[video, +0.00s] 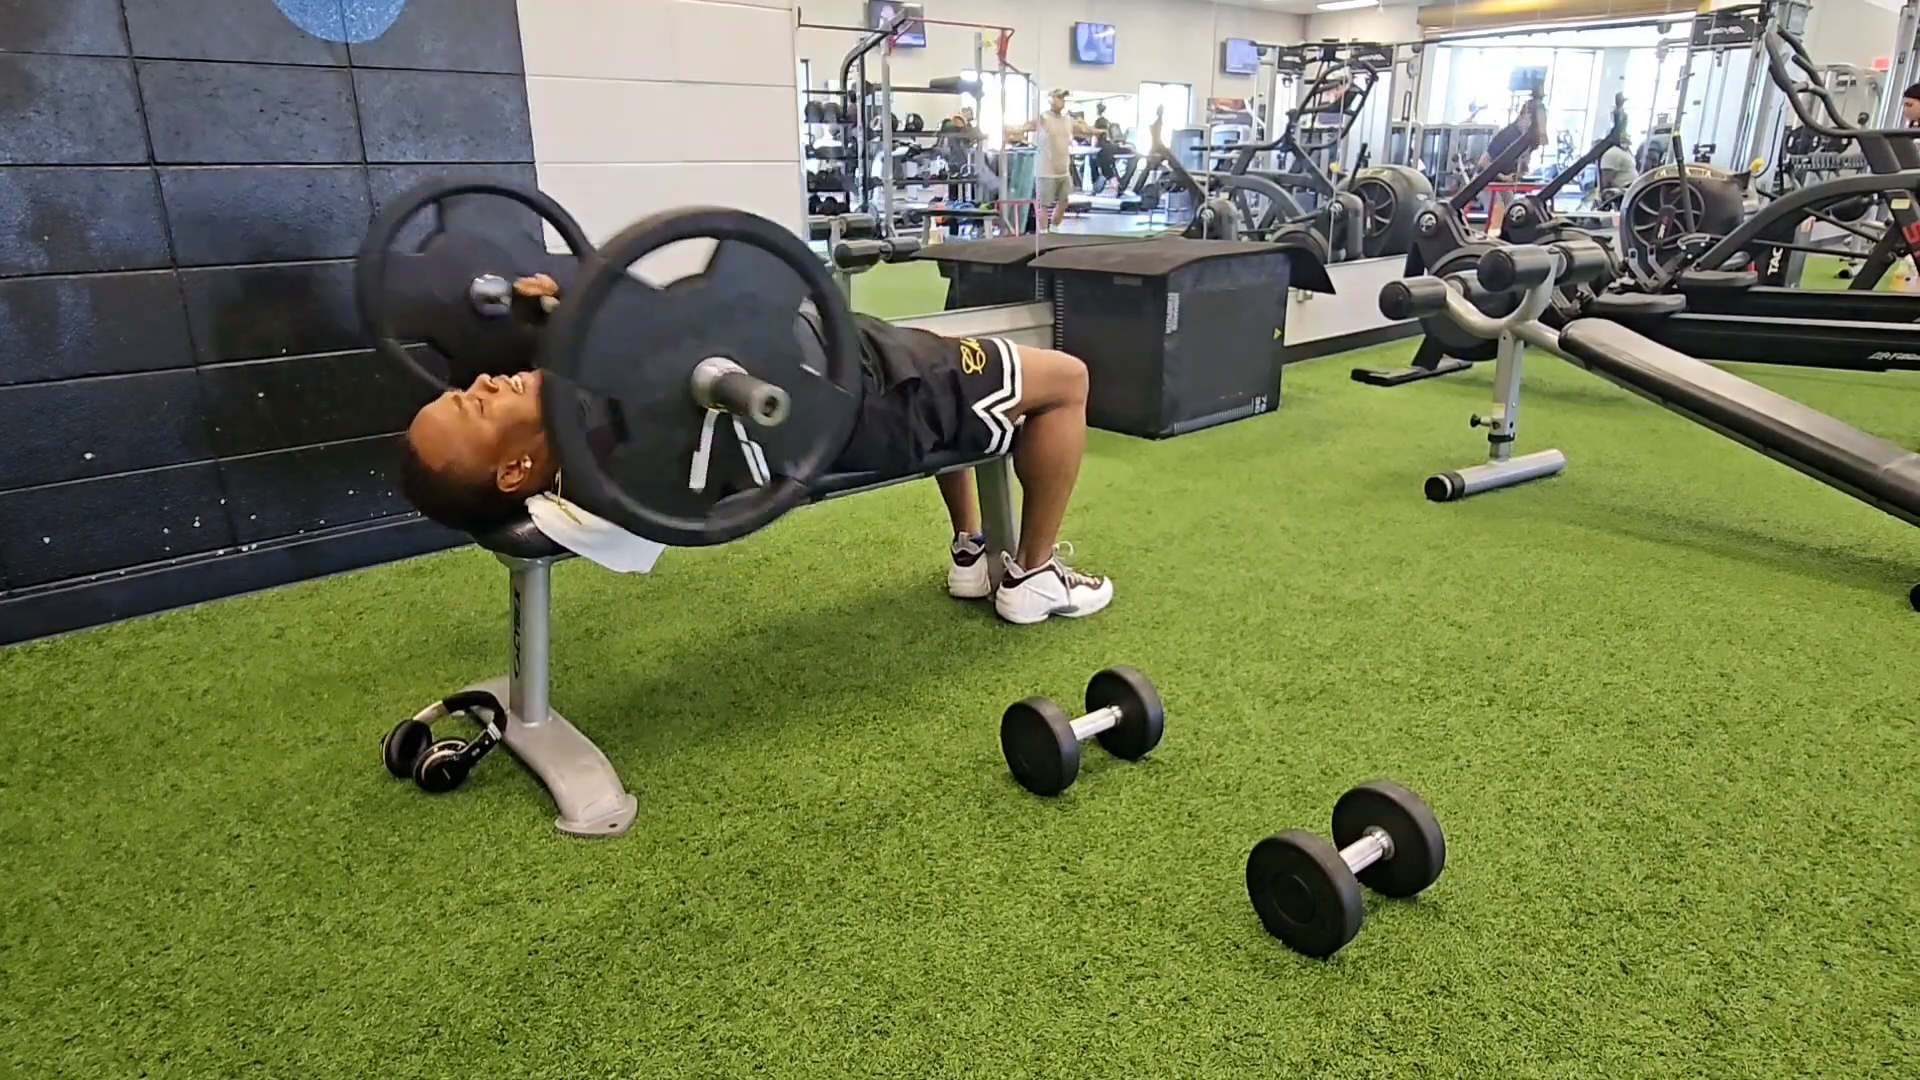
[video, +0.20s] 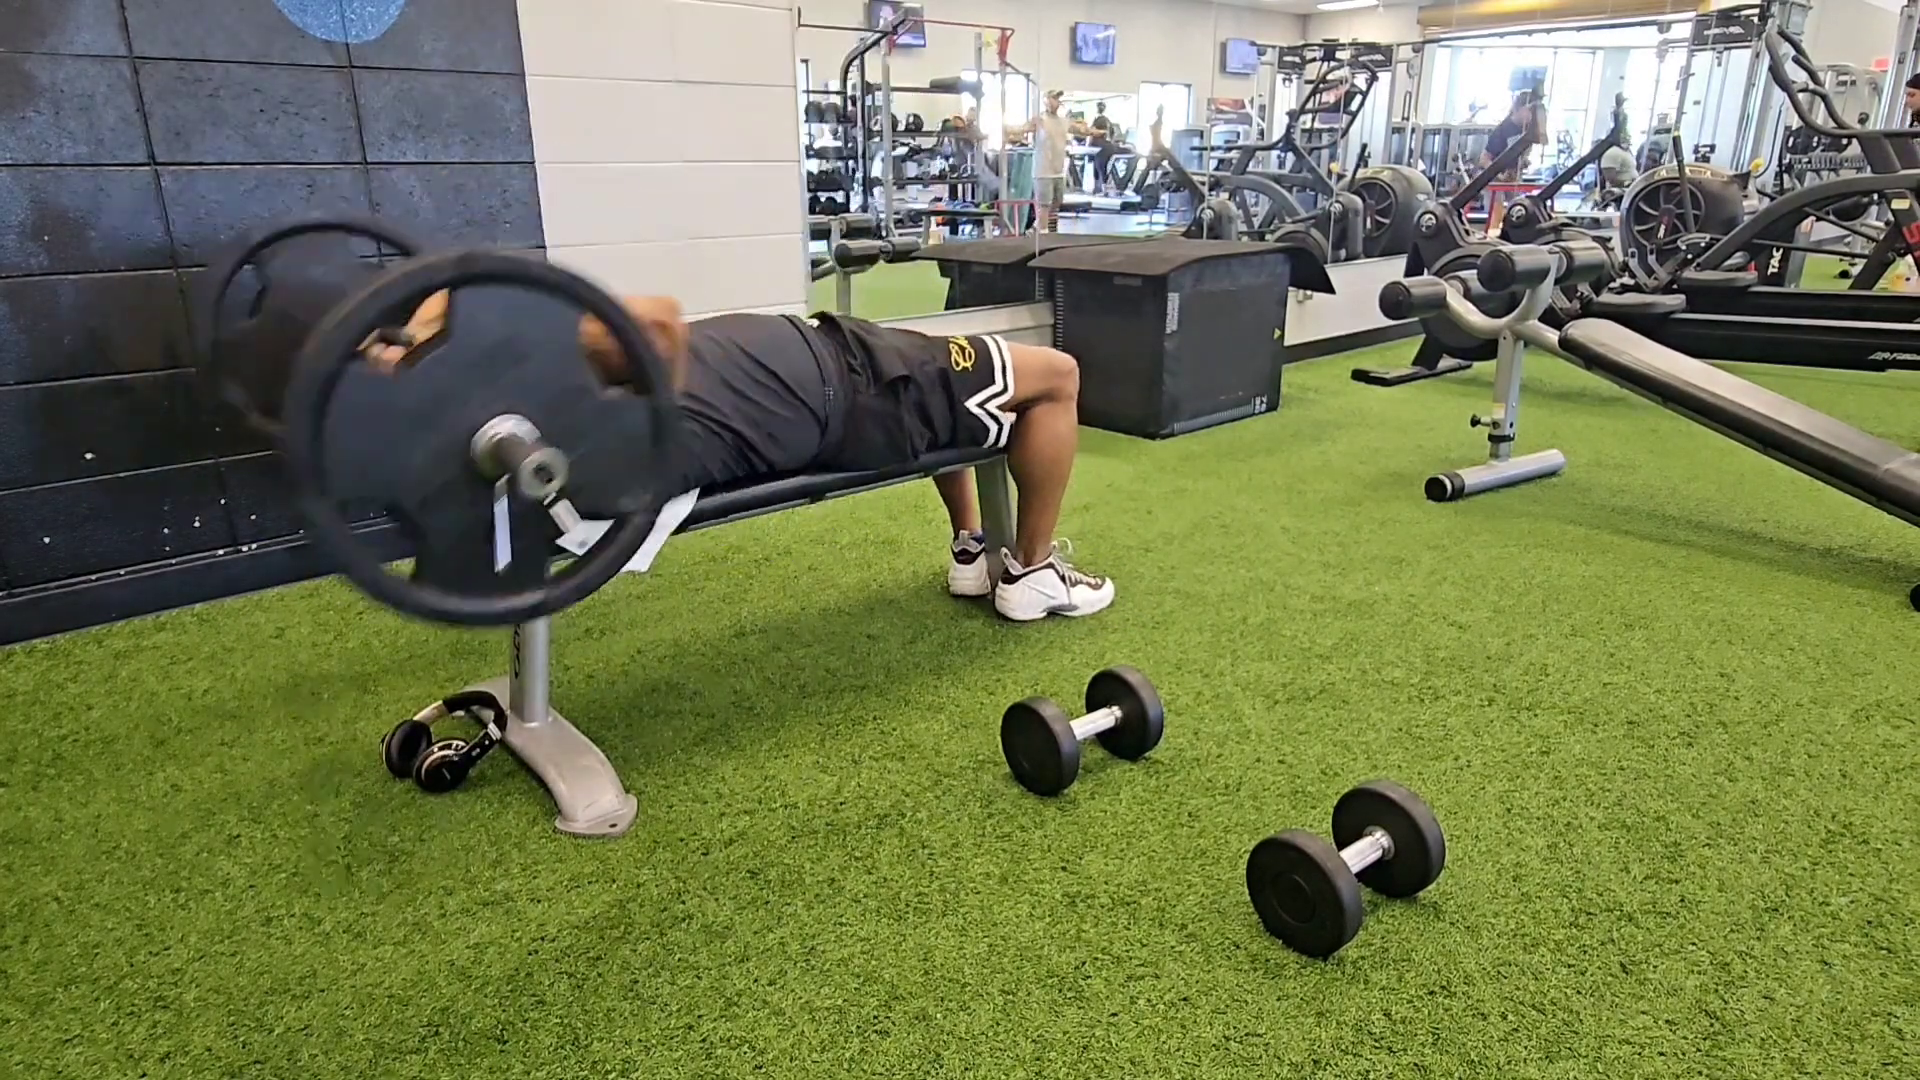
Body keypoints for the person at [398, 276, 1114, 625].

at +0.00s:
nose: (493, 379)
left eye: (472, 386)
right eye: (485, 403)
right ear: (517, 469)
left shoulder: (554, 400)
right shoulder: (615, 457)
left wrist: (553, 301)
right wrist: (576, 309)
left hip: (800, 349)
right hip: (856, 404)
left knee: (940, 343)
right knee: (1067, 379)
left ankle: (972, 543)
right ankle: (1036, 574)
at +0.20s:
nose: (416, 337)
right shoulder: (609, 443)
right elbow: (665, 326)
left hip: (777, 350)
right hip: (846, 388)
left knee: (926, 348)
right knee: (1056, 375)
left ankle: (972, 544)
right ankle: (1035, 570)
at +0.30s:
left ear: (501, 421)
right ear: (542, 441)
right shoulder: (627, 462)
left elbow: (445, 286)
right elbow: (577, 332)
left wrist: (360, 399)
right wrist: (452, 384)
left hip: (777, 340)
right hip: (845, 388)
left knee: (928, 362)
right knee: (1056, 372)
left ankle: (972, 540)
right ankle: (1035, 563)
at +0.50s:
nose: (432, 412)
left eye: (423, 422)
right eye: (431, 425)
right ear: (481, 483)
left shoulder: (444, 435)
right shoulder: (587, 470)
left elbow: (383, 338)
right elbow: (513, 388)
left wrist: (365, 477)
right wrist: (397, 492)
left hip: (769, 340)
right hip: (833, 381)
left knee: (923, 344)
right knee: (1055, 372)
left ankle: (970, 543)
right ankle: (1032, 568)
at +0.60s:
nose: (448, 398)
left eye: (441, 411)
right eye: (456, 411)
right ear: (509, 469)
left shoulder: (465, 437)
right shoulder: (593, 466)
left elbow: (377, 351)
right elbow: (495, 401)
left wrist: (380, 489)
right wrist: (424, 526)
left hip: (780, 337)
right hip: (840, 382)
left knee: (929, 345)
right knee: (1056, 372)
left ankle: (969, 543)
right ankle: (1034, 568)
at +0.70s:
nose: (427, 406)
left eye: (425, 420)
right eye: (443, 415)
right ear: (510, 465)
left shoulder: (465, 424)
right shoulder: (605, 464)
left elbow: (381, 333)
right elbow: (506, 375)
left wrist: (374, 475)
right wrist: (406, 492)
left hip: (773, 338)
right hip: (837, 381)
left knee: (928, 343)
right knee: (1053, 371)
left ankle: (971, 544)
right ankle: (1033, 570)